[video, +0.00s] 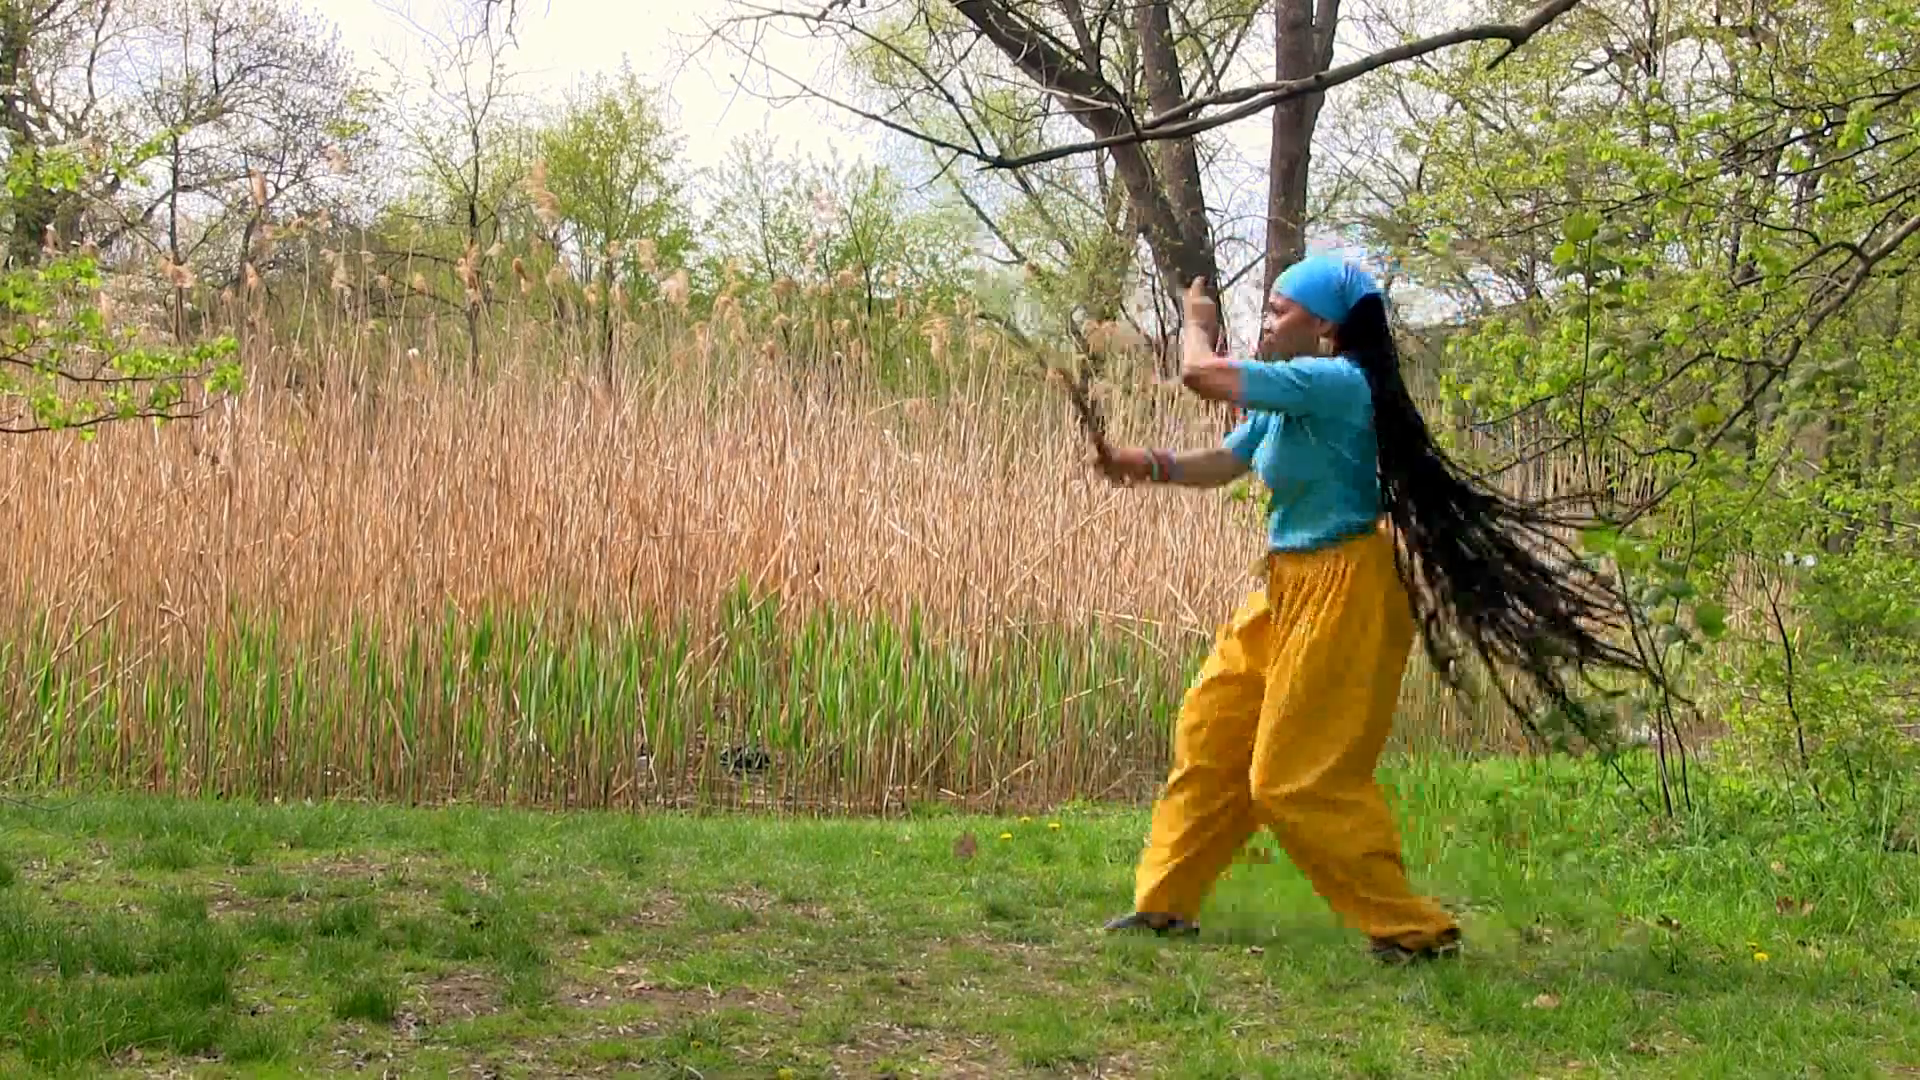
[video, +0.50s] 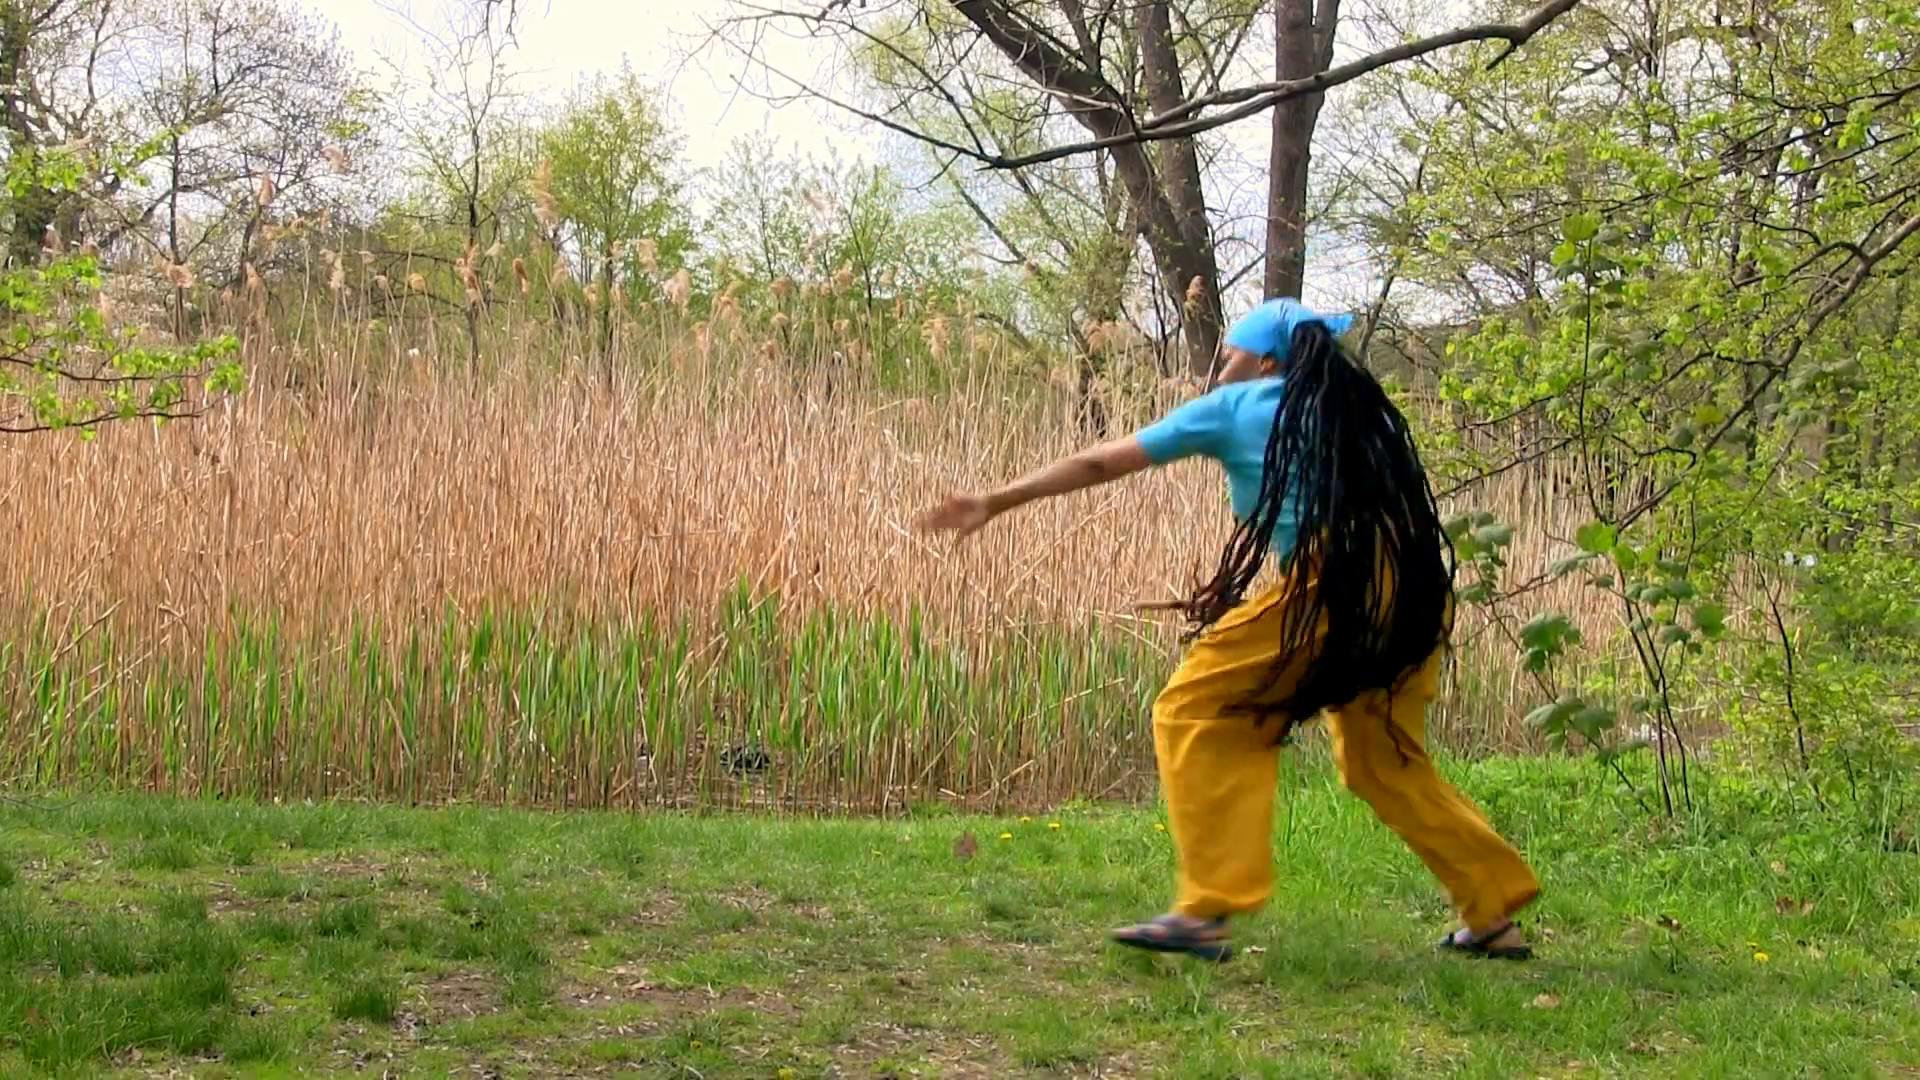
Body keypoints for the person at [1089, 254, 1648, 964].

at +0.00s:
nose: (1266, 321)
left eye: (1281, 310)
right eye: (1271, 308)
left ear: (1325, 330)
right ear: (1311, 328)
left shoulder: (1340, 382)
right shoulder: (1287, 396)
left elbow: (1205, 373)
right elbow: (1227, 461)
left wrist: (1196, 317)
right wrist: (1147, 465)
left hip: (1345, 588)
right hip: (1286, 588)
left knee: (1296, 773)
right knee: (1212, 735)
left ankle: (1412, 932)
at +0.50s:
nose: (1219, 366)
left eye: (1231, 355)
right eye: (1224, 353)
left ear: (1265, 362)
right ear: (1297, 363)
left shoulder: (1234, 409)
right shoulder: (1346, 402)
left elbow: (1103, 462)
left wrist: (994, 499)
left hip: (1325, 581)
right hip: (1411, 583)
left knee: (1193, 707)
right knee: (1380, 758)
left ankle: (1205, 910)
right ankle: (1493, 911)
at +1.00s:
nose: (1271, 384)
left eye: (1282, 372)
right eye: (1275, 371)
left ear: (1320, 383)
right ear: (1324, 384)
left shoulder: (1338, 424)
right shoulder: (1330, 442)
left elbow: (1396, 497)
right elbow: (1294, 577)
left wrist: (1312, 566)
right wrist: (1208, 610)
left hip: (1342, 625)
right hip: (1404, 627)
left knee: (1201, 751)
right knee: (1375, 792)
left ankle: (1118, 930)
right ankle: (1477, 930)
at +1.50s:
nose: (1384, 306)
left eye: (1397, 295)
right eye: (1390, 294)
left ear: (1432, 306)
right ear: (1447, 313)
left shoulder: (1412, 345)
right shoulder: (1440, 375)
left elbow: (1304, 404)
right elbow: (1327, 464)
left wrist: (1349, 381)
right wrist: (1247, 435)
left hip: (1401, 557)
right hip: (1462, 566)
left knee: (1259, 715)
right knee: (1422, 766)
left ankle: (1360, 873)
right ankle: (1484, 934)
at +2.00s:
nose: (1176, 295)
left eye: (1189, 284)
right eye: (1182, 280)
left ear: (1227, 300)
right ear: (1231, 301)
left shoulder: (1216, 360)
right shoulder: (1247, 361)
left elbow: (1173, 467)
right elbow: (1171, 477)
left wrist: (1084, 494)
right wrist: (1085, 503)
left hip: (1216, 557)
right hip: (1269, 552)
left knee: (1126, 728)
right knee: (1245, 743)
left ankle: (1128, 917)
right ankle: (1378, 851)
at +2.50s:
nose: (1151, 263)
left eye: (1150, 250)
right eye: (1137, 250)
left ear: (1116, 263)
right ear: (1090, 258)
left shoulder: (1101, 333)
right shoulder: (1041, 317)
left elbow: (1059, 431)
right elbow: (980, 390)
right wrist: (953, 470)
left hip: (1070, 529)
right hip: (1002, 514)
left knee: (1092, 708)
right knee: (1007, 715)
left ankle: (914, 767)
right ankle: (973, 911)